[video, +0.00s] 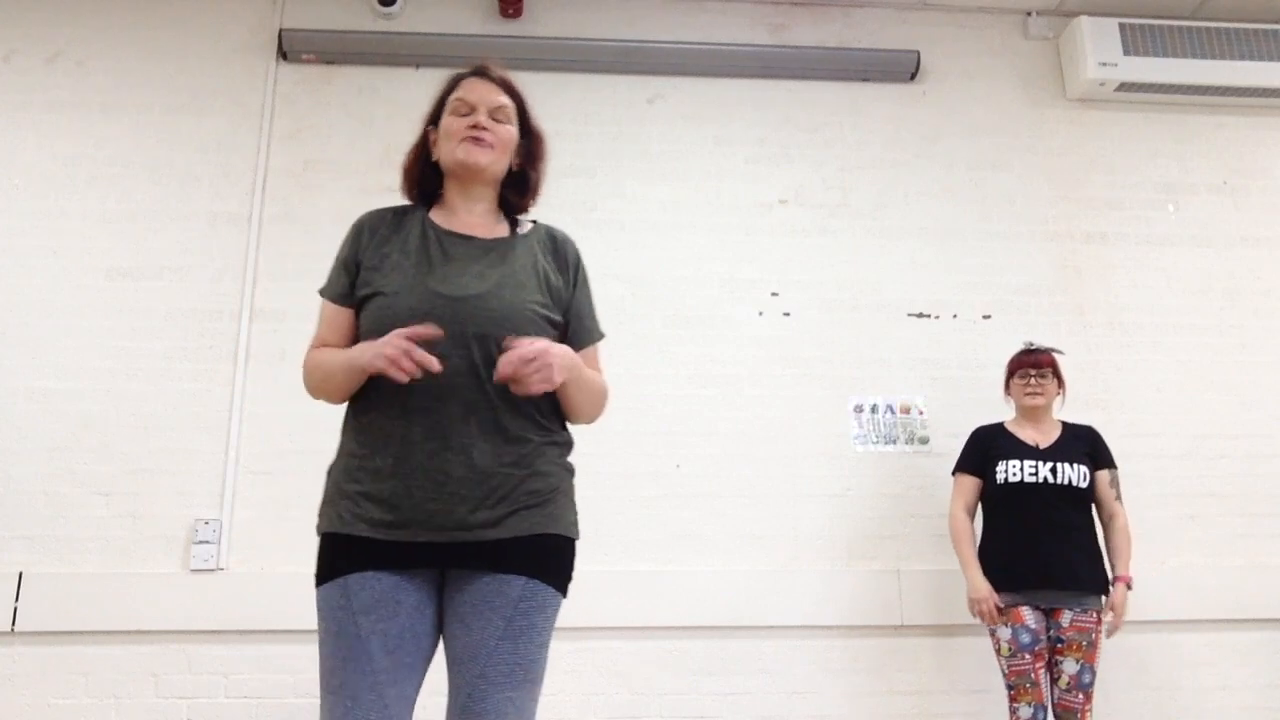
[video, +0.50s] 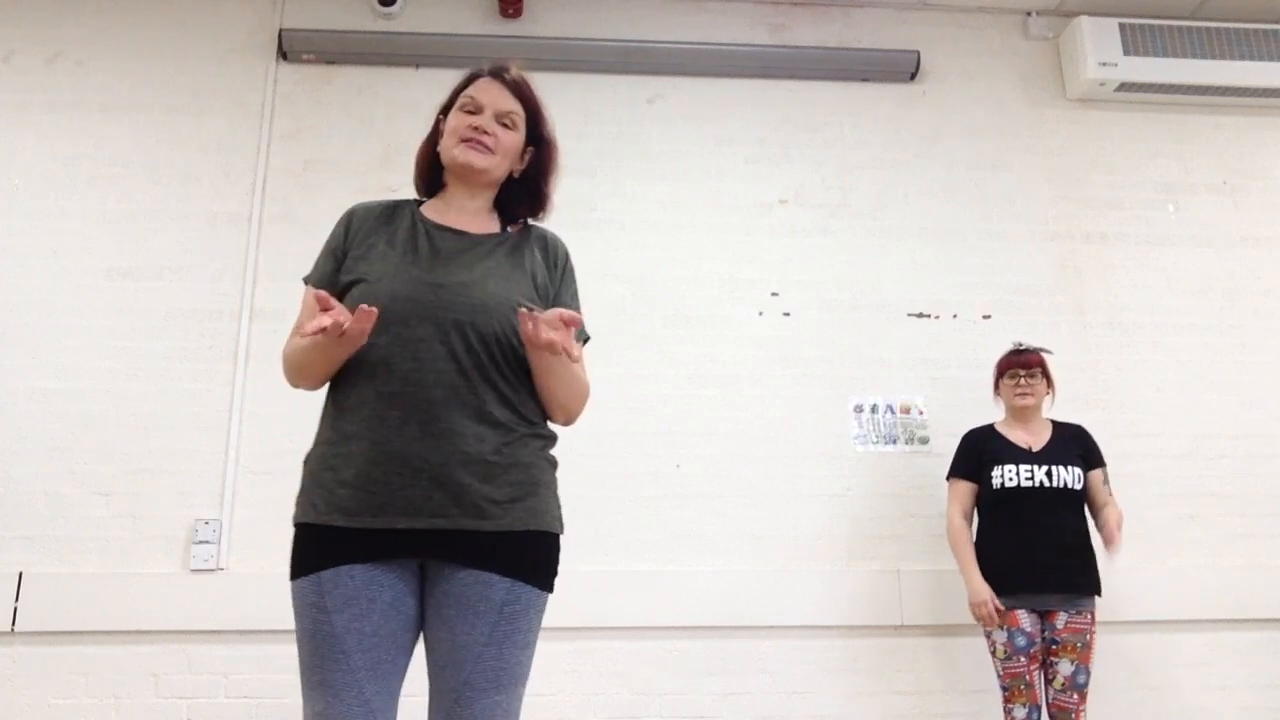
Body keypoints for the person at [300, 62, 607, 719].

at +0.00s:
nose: (479, 121)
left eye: (499, 117)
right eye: (463, 110)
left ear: (519, 151)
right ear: (433, 140)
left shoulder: (555, 253)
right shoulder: (375, 234)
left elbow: (590, 405)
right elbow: (319, 375)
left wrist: (566, 365)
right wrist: (365, 356)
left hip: (516, 524)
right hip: (375, 519)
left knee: (494, 713)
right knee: (359, 713)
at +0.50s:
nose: (483, 124)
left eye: (506, 121)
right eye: (469, 109)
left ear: (523, 156)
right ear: (440, 129)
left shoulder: (543, 254)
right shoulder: (364, 226)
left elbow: (567, 408)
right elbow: (299, 370)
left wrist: (549, 352)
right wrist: (331, 344)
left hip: (499, 524)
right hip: (352, 516)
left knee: (478, 714)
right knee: (344, 712)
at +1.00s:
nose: (449, 125)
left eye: (471, 123)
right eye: (435, 110)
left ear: (485, 159)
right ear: (401, 128)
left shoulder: (511, 248)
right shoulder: (326, 232)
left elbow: (548, 396)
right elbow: (272, 374)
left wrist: (511, 361)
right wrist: (314, 367)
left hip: (487, 523)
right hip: (336, 519)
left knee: (473, 714)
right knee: (337, 713)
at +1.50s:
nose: (447, 123)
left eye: (467, 117)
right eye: (430, 109)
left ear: (484, 148)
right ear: (396, 130)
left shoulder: (512, 250)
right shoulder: (329, 229)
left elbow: (546, 401)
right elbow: (271, 377)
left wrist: (512, 339)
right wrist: (329, 326)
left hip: (486, 524)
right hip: (335, 520)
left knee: (473, 714)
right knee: (336, 714)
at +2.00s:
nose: (445, 123)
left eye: (463, 113)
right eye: (425, 111)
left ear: (486, 142)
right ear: (397, 137)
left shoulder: (519, 250)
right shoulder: (336, 227)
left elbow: (552, 401)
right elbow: (274, 366)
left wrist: (509, 365)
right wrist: (353, 354)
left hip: (487, 525)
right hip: (335, 518)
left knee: (472, 713)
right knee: (336, 712)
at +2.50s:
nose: (444, 116)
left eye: (459, 106)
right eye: (422, 107)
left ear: (482, 135)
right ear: (392, 139)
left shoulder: (522, 245)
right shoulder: (338, 226)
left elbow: (552, 400)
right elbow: (280, 367)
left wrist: (514, 354)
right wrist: (343, 352)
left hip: (491, 520)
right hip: (339, 515)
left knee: (476, 714)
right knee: (339, 713)